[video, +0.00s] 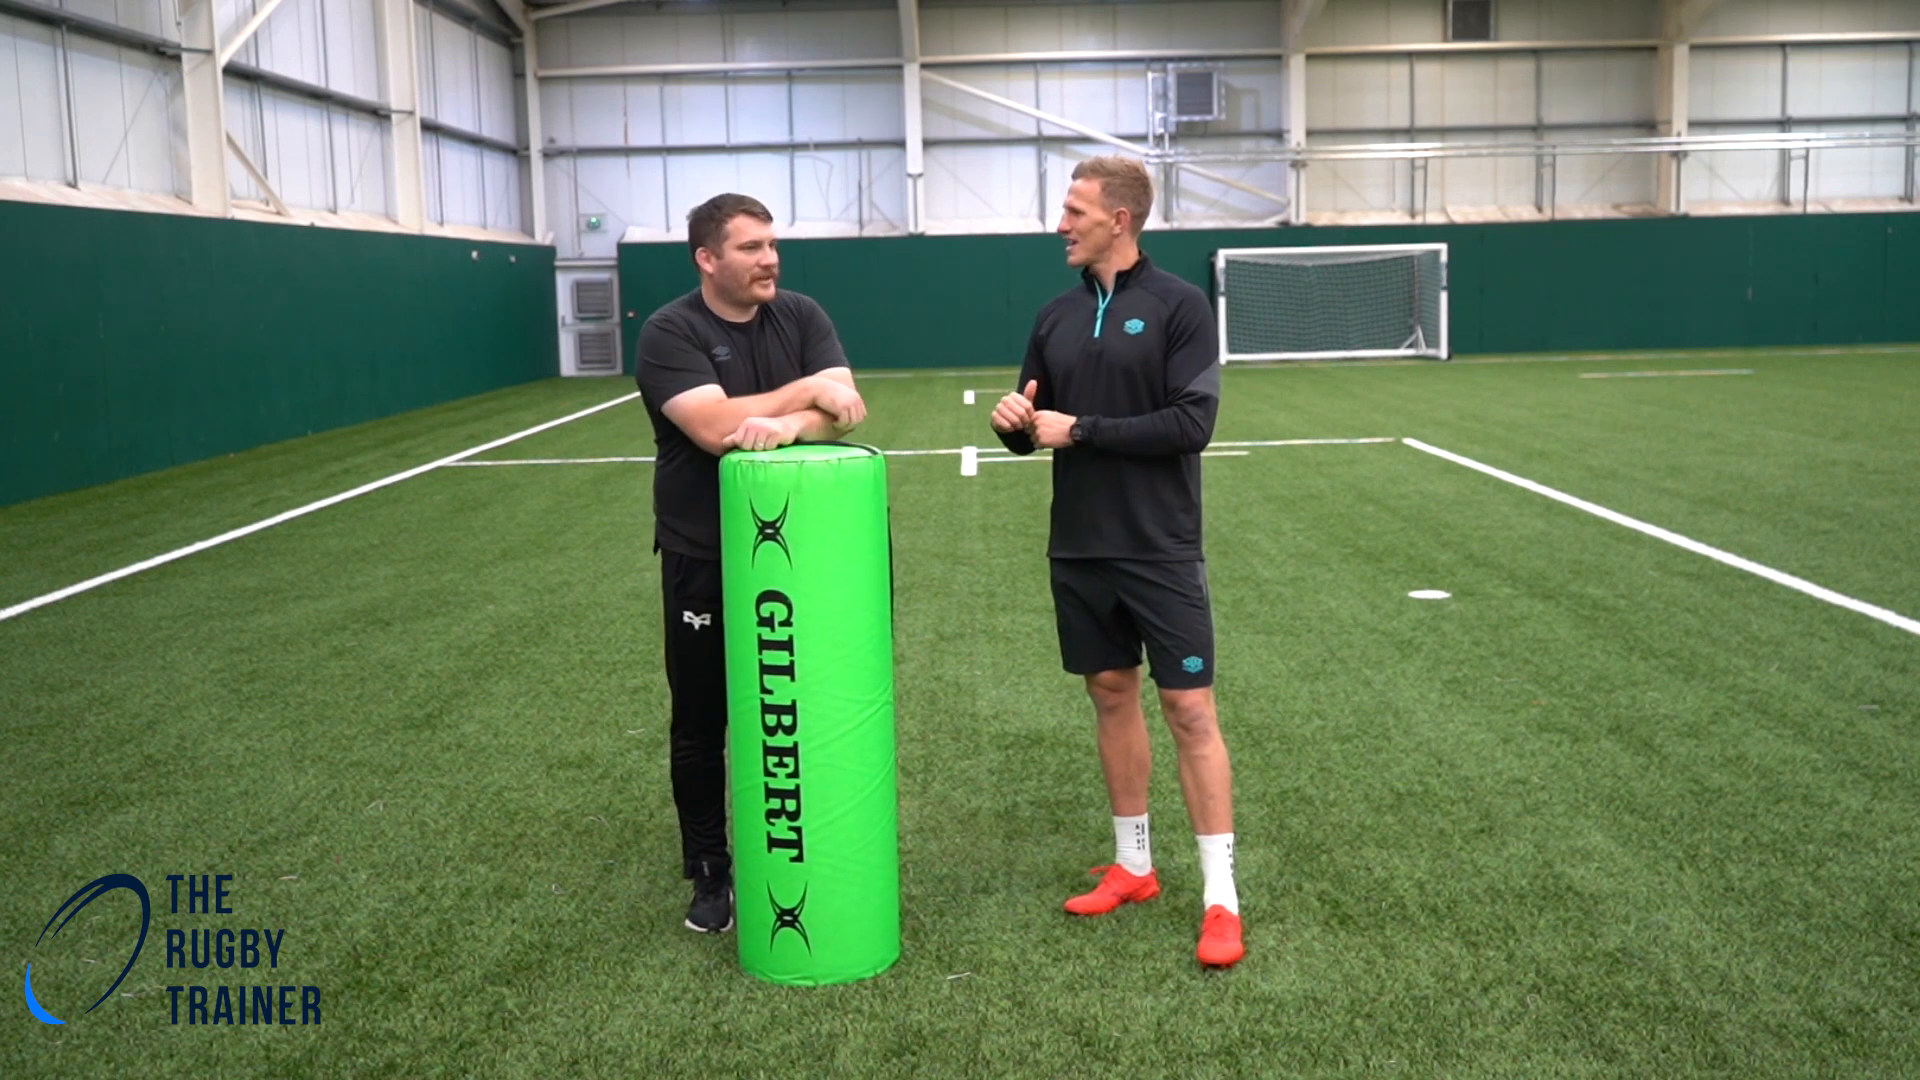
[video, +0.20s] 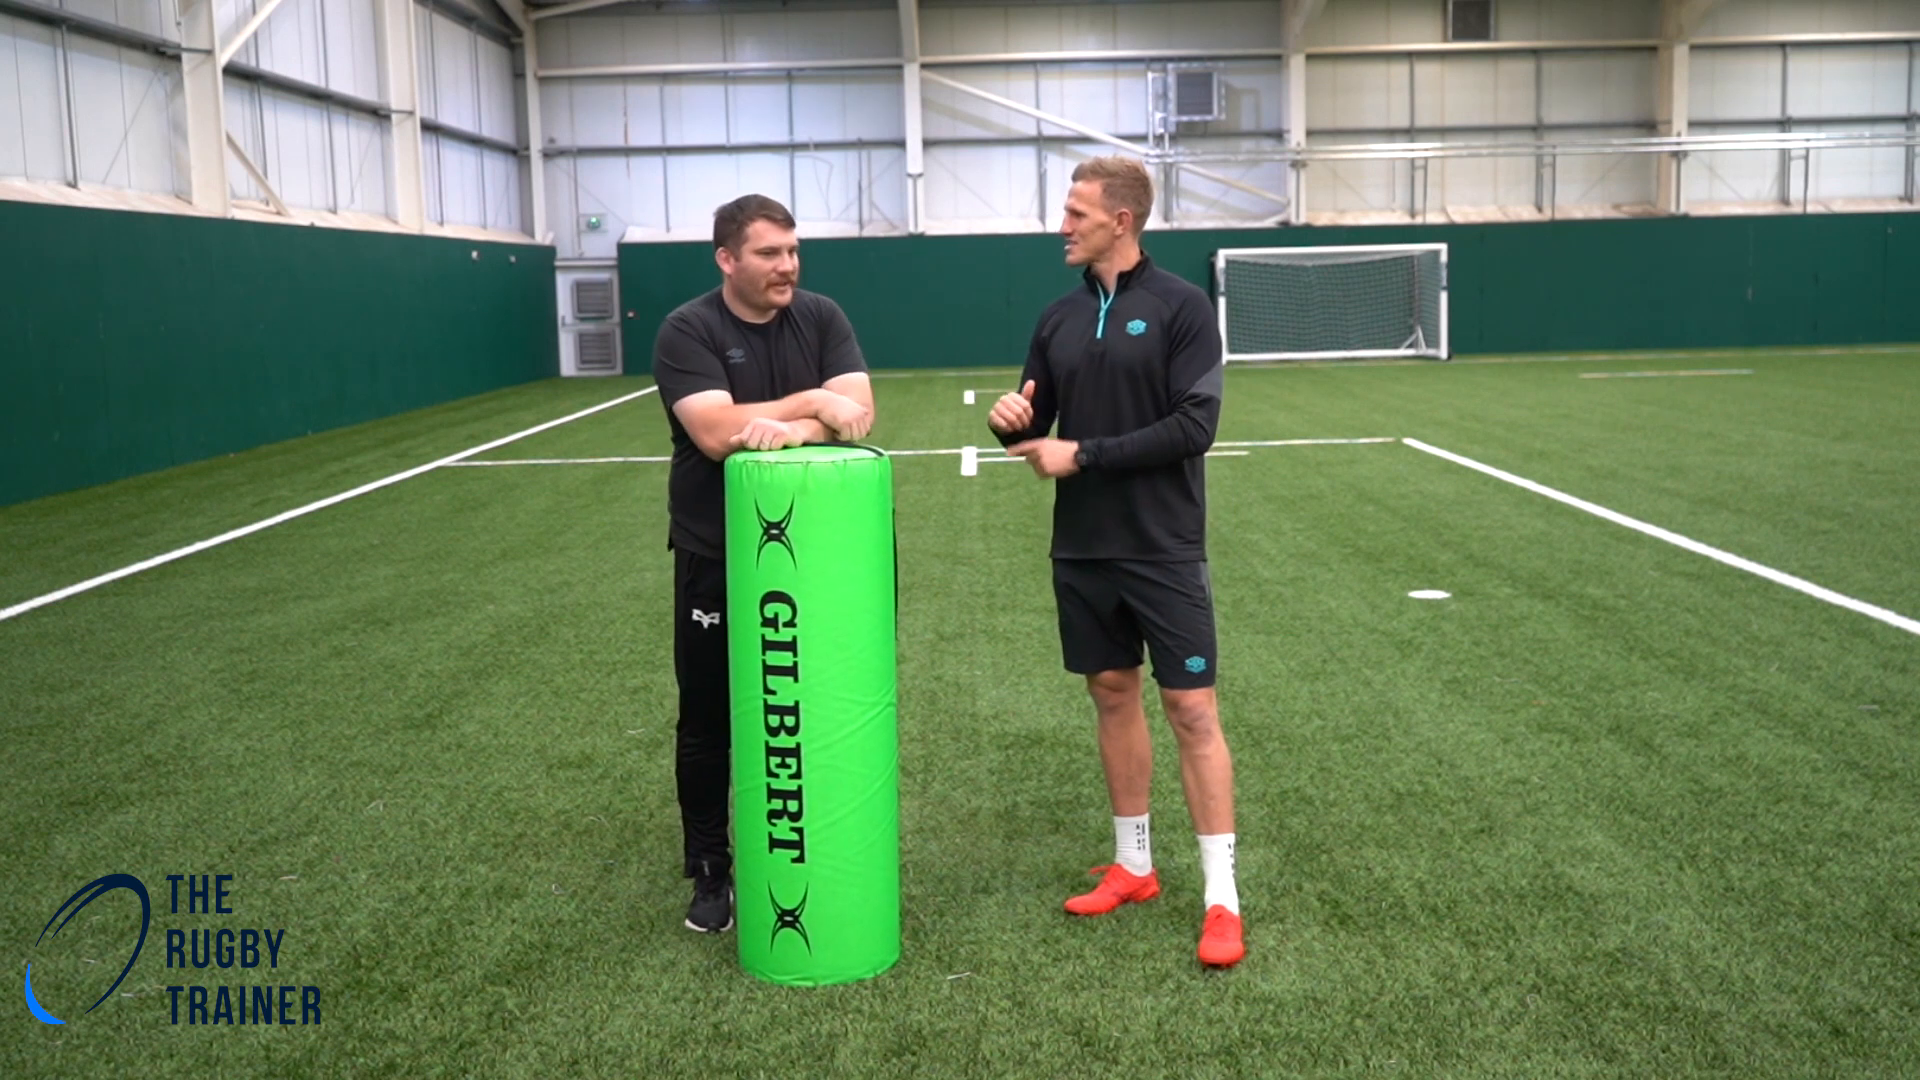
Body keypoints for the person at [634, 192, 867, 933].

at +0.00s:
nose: (769, 259)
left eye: (772, 245)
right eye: (752, 248)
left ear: (774, 250)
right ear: (706, 258)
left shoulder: (801, 316)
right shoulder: (668, 333)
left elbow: (842, 408)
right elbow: (717, 429)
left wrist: (775, 425)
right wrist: (814, 399)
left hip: (796, 555)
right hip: (702, 557)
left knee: (799, 711)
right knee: (703, 720)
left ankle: (805, 864)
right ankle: (711, 870)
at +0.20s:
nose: (786, 265)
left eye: (792, 251)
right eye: (769, 254)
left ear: (798, 251)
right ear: (726, 260)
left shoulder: (820, 316)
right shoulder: (687, 331)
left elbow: (855, 415)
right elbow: (716, 432)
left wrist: (778, 425)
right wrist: (819, 405)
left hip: (811, 554)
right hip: (714, 555)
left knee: (812, 712)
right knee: (709, 718)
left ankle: (815, 865)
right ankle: (712, 870)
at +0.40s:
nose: (800, 268)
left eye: (807, 254)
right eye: (783, 257)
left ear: (814, 254)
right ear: (742, 261)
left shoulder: (839, 316)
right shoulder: (704, 329)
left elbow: (866, 417)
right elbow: (717, 432)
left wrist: (786, 429)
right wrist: (822, 404)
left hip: (825, 554)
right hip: (728, 555)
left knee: (822, 712)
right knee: (717, 715)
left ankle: (823, 869)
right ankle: (713, 870)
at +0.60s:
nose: (808, 273)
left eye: (817, 259)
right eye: (792, 261)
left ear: (827, 258)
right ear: (753, 263)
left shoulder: (854, 318)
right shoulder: (717, 329)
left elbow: (877, 422)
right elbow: (724, 433)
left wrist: (785, 425)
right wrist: (828, 405)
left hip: (836, 553)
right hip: (739, 552)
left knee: (832, 713)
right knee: (723, 714)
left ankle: (830, 873)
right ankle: (715, 870)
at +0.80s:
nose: (816, 276)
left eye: (826, 263)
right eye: (800, 264)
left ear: (836, 261)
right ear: (763, 264)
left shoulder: (864, 319)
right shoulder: (726, 328)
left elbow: (881, 424)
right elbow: (730, 434)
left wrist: (787, 425)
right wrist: (833, 405)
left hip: (840, 555)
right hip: (745, 553)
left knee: (836, 715)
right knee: (728, 713)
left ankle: (830, 877)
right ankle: (716, 870)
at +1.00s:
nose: (822, 277)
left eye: (832, 264)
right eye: (806, 264)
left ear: (843, 263)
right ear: (770, 262)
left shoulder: (868, 321)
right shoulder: (729, 328)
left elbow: (883, 425)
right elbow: (732, 434)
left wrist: (784, 424)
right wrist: (833, 407)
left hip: (843, 554)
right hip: (747, 552)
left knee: (838, 715)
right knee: (728, 712)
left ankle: (832, 877)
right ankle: (717, 870)